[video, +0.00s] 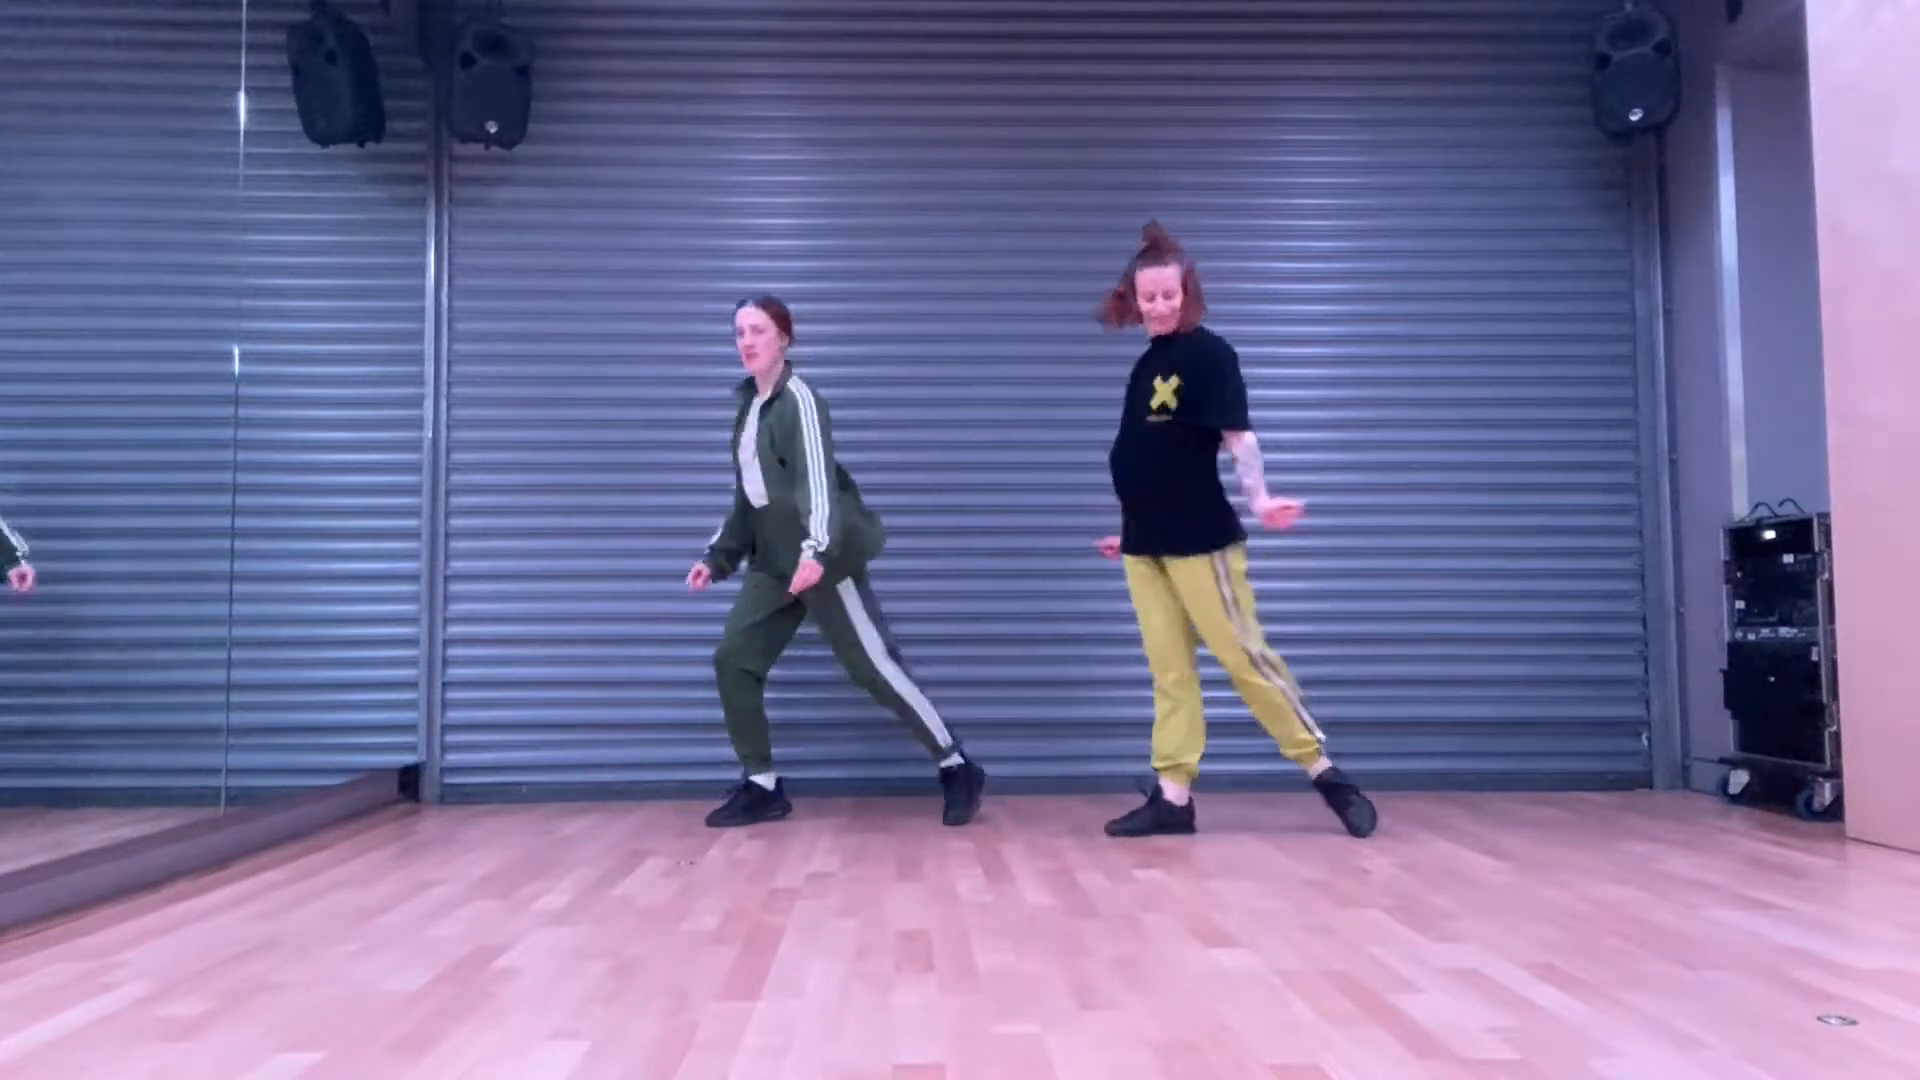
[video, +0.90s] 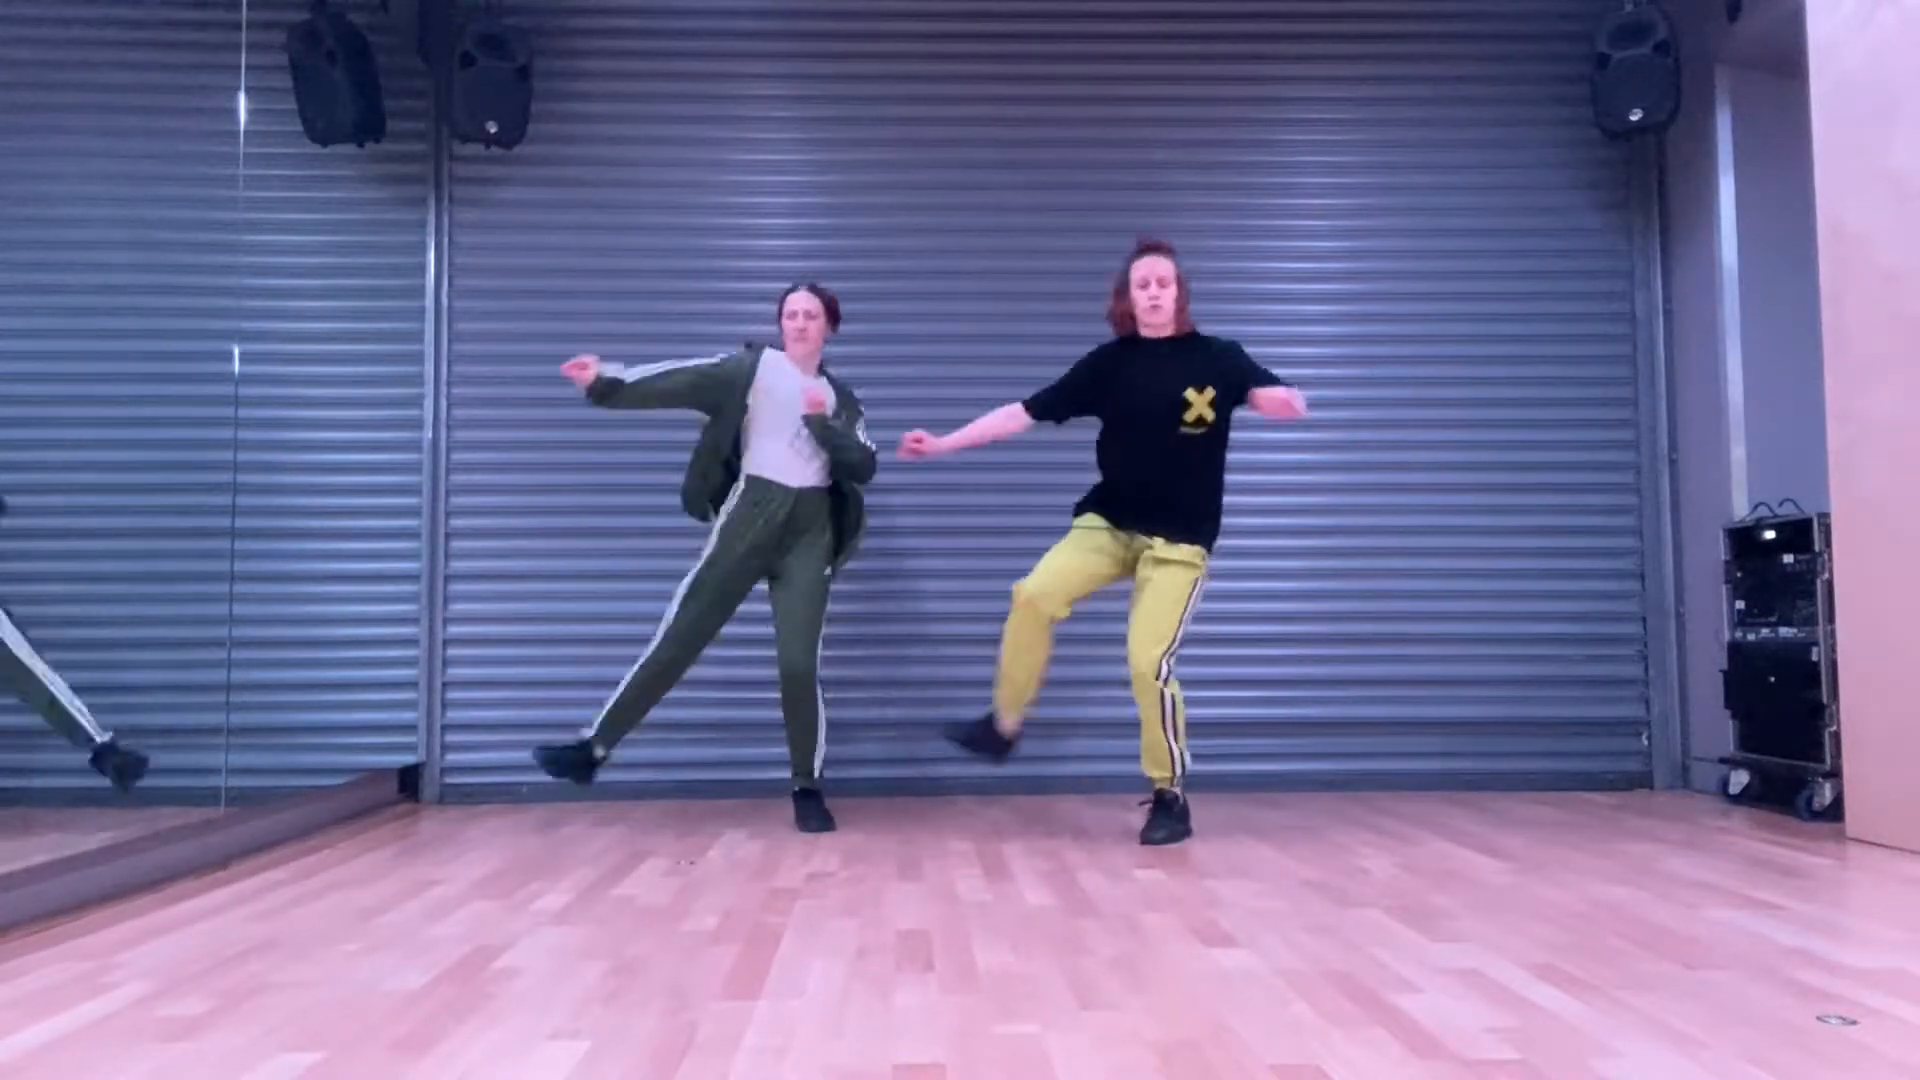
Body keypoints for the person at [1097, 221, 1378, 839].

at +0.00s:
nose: (1160, 306)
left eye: (1170, 293)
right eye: (1149, 296)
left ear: (1187, 293)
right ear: (1133, 300)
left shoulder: (1209, 354)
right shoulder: (1146, 363)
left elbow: (1238, 439)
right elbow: (1148, 455)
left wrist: (1261, 499)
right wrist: (1131, 531)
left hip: (1200, 537)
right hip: (1145, 540)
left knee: (1246, 659)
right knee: (1169, 671)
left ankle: (1325, 776)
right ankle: (1173, 799)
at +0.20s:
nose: (1122, 330)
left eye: (1133, 317)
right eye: (1112, 320)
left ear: (1154, 312)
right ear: (1099, 320)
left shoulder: (1185, 345)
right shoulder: (1116, 365)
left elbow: (1248, 388)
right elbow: (1136, 427)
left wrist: (1256, 421)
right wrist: (1089, 465)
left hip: (1178, 528)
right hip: (1125, 530)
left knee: (1153, 658)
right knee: (1095, 651)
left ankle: (1234, 768)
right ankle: (1152, 782)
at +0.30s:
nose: (1112, 347)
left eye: (1122, 335)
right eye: (1102, 336)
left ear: (1141, 337)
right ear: (1087, 340)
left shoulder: (1165, 382)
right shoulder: (1088, 399)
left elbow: (1219, 437)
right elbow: (1077, 467)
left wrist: (1230, 471)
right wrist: (1029, 516)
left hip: (1194, 556)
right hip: (1132, 555)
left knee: (1137, 653)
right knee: (1072, 639)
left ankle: (1188, 775)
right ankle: (1116, 765)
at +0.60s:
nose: (1113, 315)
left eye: (1125, 305)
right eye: (1103, 303)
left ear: (1140, 315)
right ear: (1085, 311)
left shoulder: (1159, 376)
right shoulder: (1067, 381)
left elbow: (1232, 428)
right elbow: (1055, 455)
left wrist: (1307, 460)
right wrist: (1047, 465)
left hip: (1189, 543)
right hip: (1123, 549)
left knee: (1161, 659)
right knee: (1108, 649)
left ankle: (1170, 792)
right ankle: (1127, 771)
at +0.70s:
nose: (1123, 308)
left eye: (1134, 299)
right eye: (1113, 297)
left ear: (1150, 308)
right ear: (1097, 305)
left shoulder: (1173, 375)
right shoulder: (1072, 365)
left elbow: (1262, 400)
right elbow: (1047, 433)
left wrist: (1352, 407)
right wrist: (1075, 431)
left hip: (1186, 532)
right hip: (1120, 533)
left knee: (1177, 657)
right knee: (1113, 607)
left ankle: (1176, 793)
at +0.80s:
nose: (1138, 291)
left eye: (1148, 281)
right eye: (1128, 281)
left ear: (1165, 293)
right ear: (1111, 291)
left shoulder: (1194, 361)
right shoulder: (1086, 354)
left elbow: (1280, 391)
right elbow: (1043, 410)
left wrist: (1360, 400)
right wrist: (1035, 427)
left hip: (1181, 530)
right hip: (1112, 523)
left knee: (1166, 658)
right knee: (1082, 581)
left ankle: (1174, 791)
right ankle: (1136, 636)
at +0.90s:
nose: (1154, 295)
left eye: (1164, 284)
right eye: (1143, 285)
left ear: (1181, 293)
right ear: (1127, 298)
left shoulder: (1218, 359)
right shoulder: (1108, 363)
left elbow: (1268, 397)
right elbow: (1027, 412)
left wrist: (1288, 405)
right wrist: (945, 444)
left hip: (1178, 536)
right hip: (1107, 523)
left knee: (1148, 663)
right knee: (1033, 597)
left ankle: (1169, 796)